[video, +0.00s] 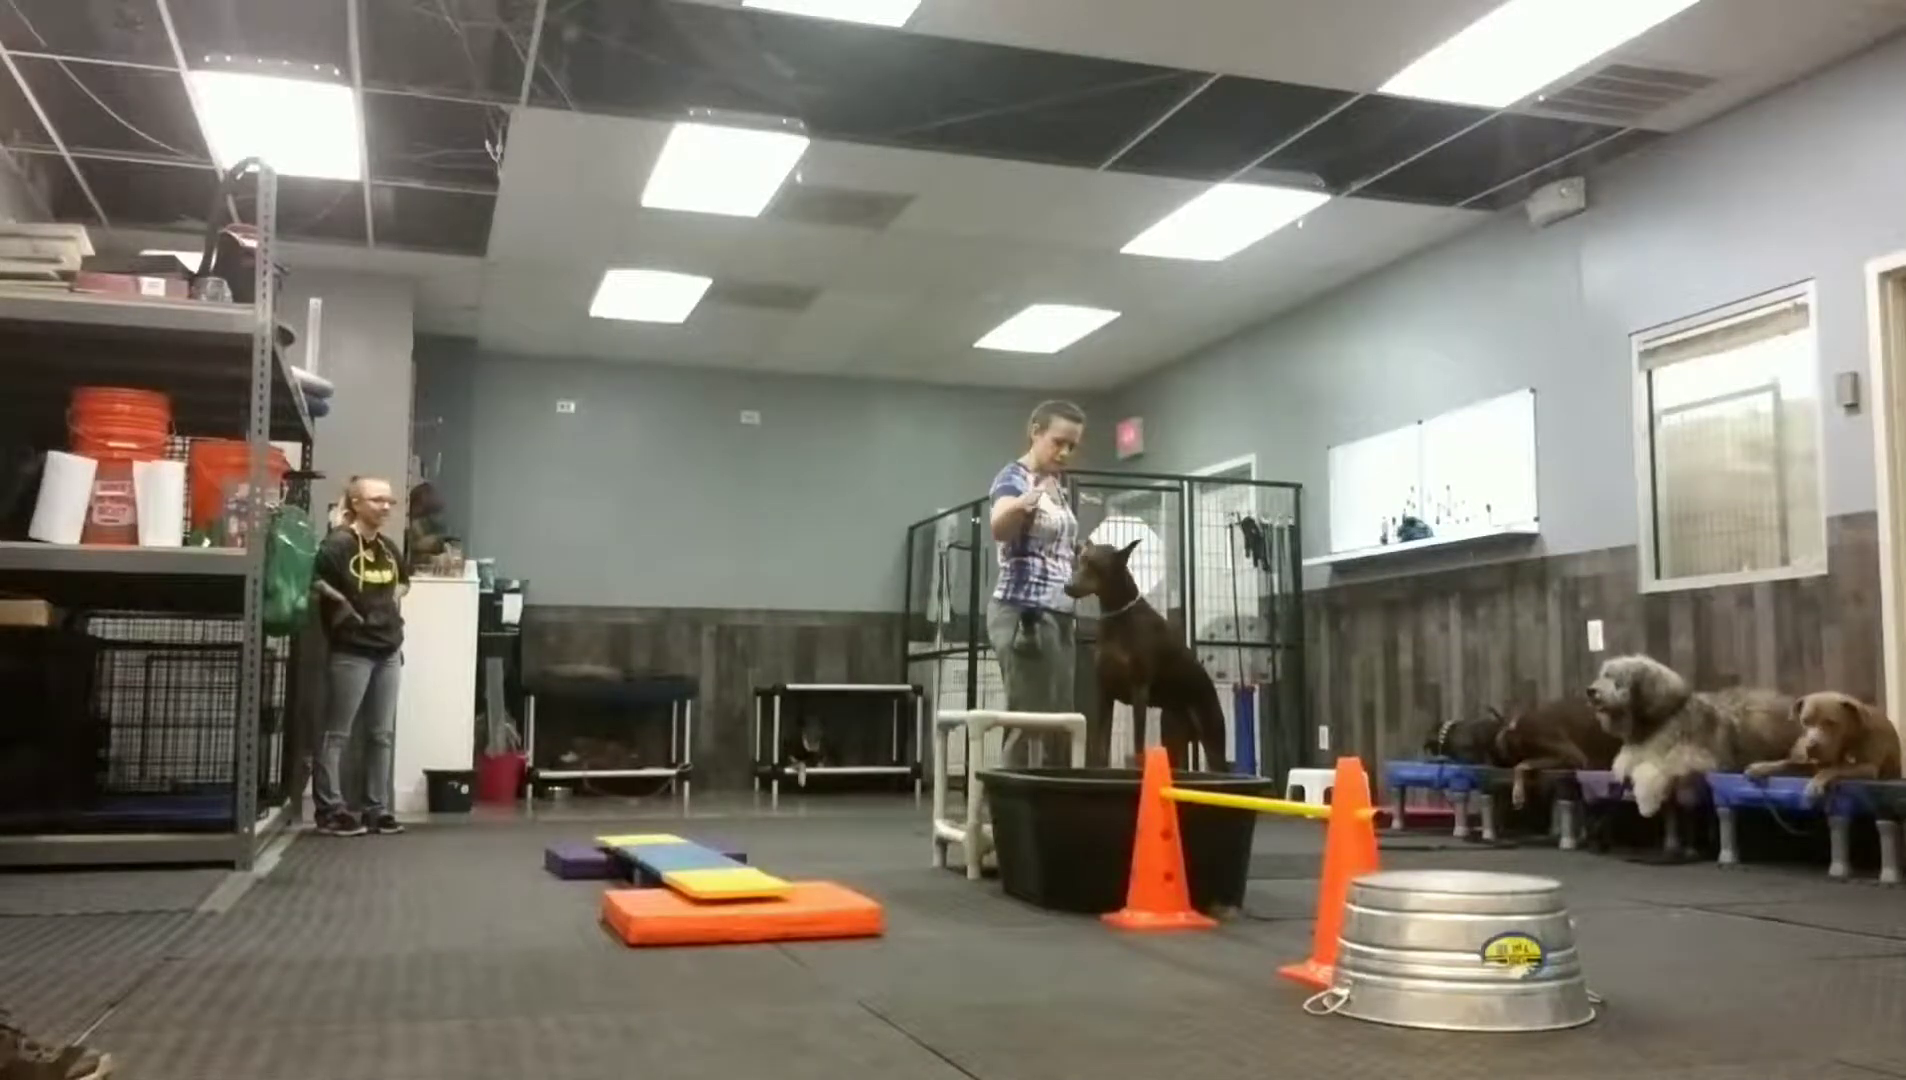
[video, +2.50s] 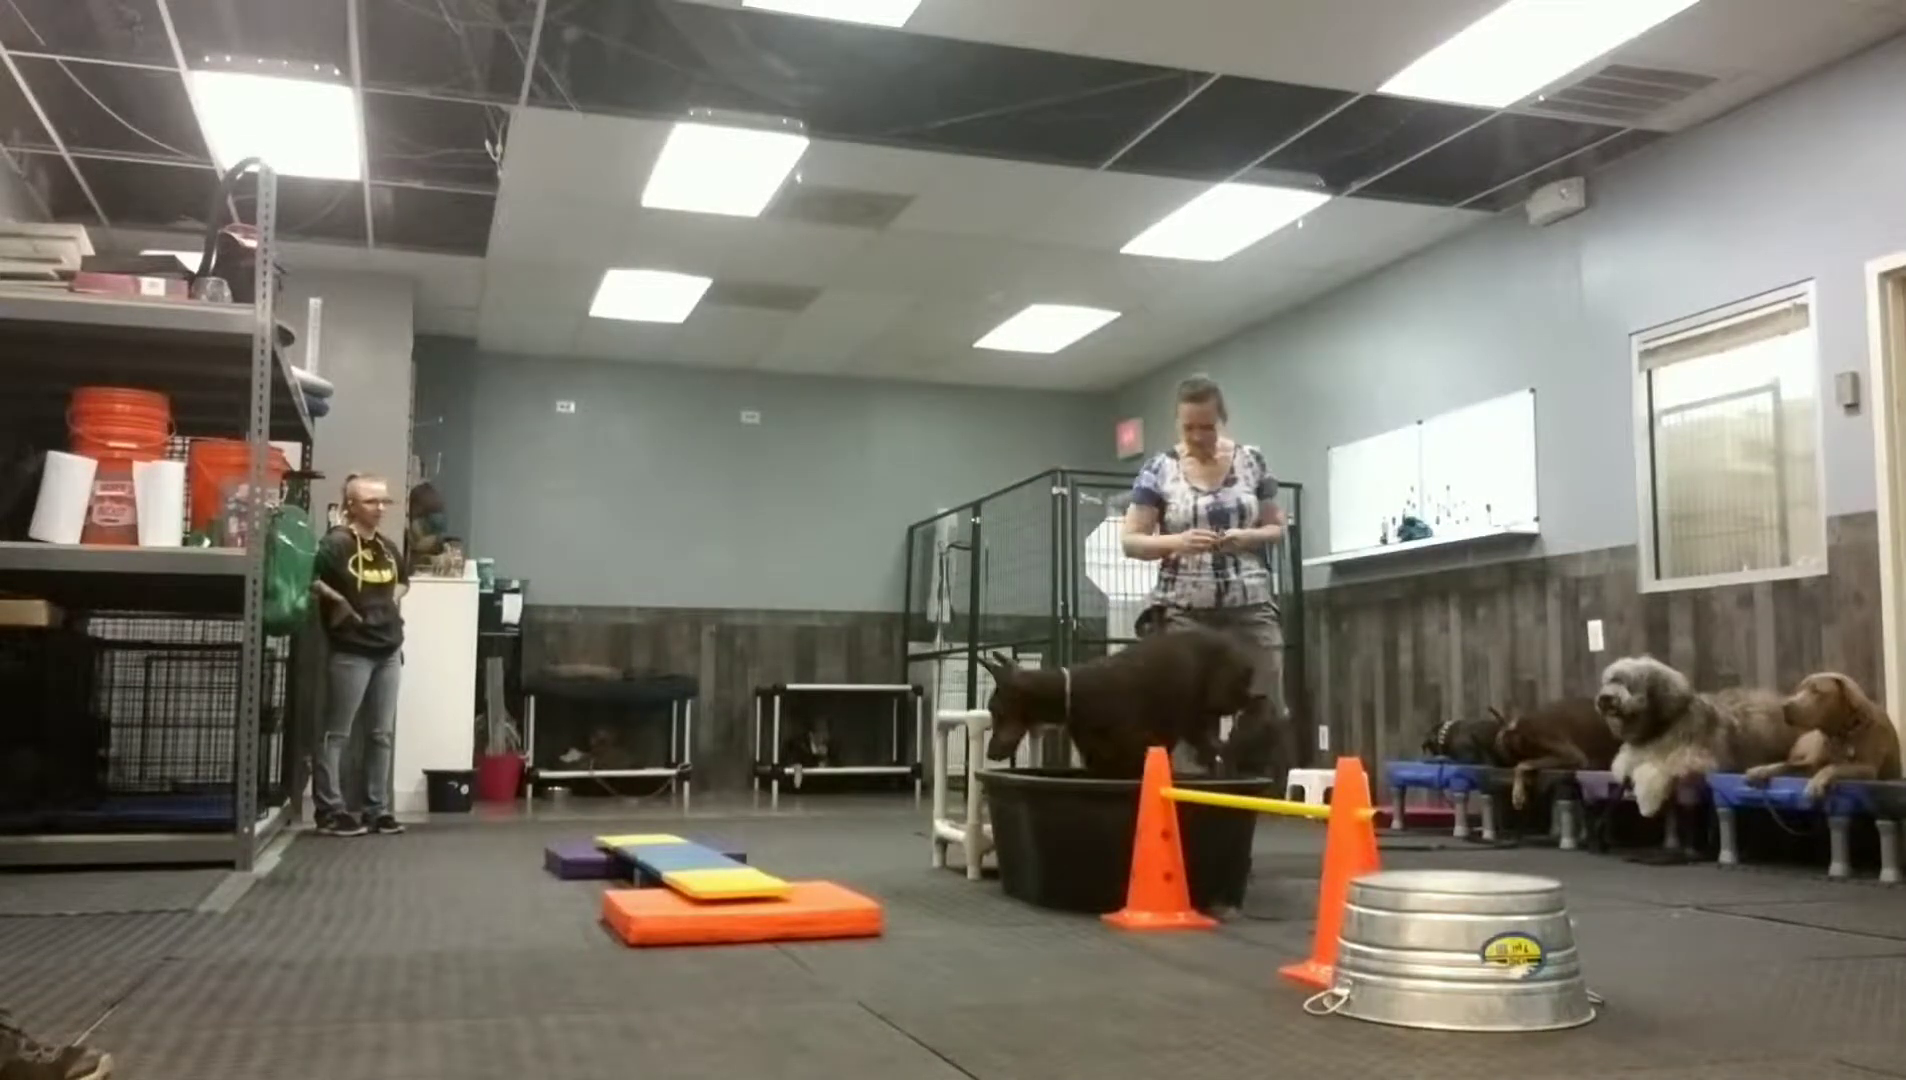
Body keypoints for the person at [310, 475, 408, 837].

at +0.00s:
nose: (385, 507)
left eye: (388, 501)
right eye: (377, 500)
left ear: (389, 506)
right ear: (356, 504)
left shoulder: (387, 546)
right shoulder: (337, 545)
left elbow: (401, 583)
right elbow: (321, 588)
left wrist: (389, 617)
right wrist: (349, 616)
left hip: (388, 649)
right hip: (352, 649)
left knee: (381, 734)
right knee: (337, 734)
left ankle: (377, 810)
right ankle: (329, 810)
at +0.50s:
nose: (384, 507)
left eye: (387, 501)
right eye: (376, 501)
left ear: (388, 506)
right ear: (355, 504)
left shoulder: (387, 546)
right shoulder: (338, 543)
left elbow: (401, 582)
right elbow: (317, 582)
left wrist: (392, 616)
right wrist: (344, 608)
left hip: (388, 649)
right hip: (352, 649)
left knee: (381, 734)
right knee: (337, 734)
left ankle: (376, 810)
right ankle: (329, 810)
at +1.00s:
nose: (387, 509)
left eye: (389, 503)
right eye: (380, 503)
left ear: (386, 506)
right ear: (356, 505)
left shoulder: (385, 544)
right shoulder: (336, 544)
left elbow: (400, 581)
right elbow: (324, 588)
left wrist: (388, 616)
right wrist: (351, 618)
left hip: (387, 650)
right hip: (350, 650)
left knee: (380, 734)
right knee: (337, 734)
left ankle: (377, 810)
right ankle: (329, 811)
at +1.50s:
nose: (390, 508)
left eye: (391, 502)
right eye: (382, 501)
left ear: (389, 506)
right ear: (359, 504)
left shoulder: (387, 544)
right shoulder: (338, 542)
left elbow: (405, 578)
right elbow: (315, 581)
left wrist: (390, 610)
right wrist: (341, 605)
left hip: (388, 649)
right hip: (351, 649)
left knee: (381, 734)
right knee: (336, 734)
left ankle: (376, 810)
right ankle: (329, 810)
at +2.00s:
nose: (388, 509)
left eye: (390, 503)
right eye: (381, 502)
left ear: (389, 507)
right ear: (358, 505)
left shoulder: (389, 545)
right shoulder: (338, 543)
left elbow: (405, 581)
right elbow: (315, 580)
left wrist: (390, 610)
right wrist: (342, 603)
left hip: (390, 649)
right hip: (353, 648)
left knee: (382, 734)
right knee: (338, 733)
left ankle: (376, 810)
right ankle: (329, 810)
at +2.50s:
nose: (379, 508)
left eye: (382, 502)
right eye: (371, 502)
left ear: (385, 505)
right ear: (351, 505)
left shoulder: (386, 545)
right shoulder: (336, 542)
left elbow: (401, 582)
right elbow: (312, 578)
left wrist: (392, 612)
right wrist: (340, 603)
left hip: (388, 649)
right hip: (351, 648)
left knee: (381, 734)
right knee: (337, 734)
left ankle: (376, 810)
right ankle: (329, 810)